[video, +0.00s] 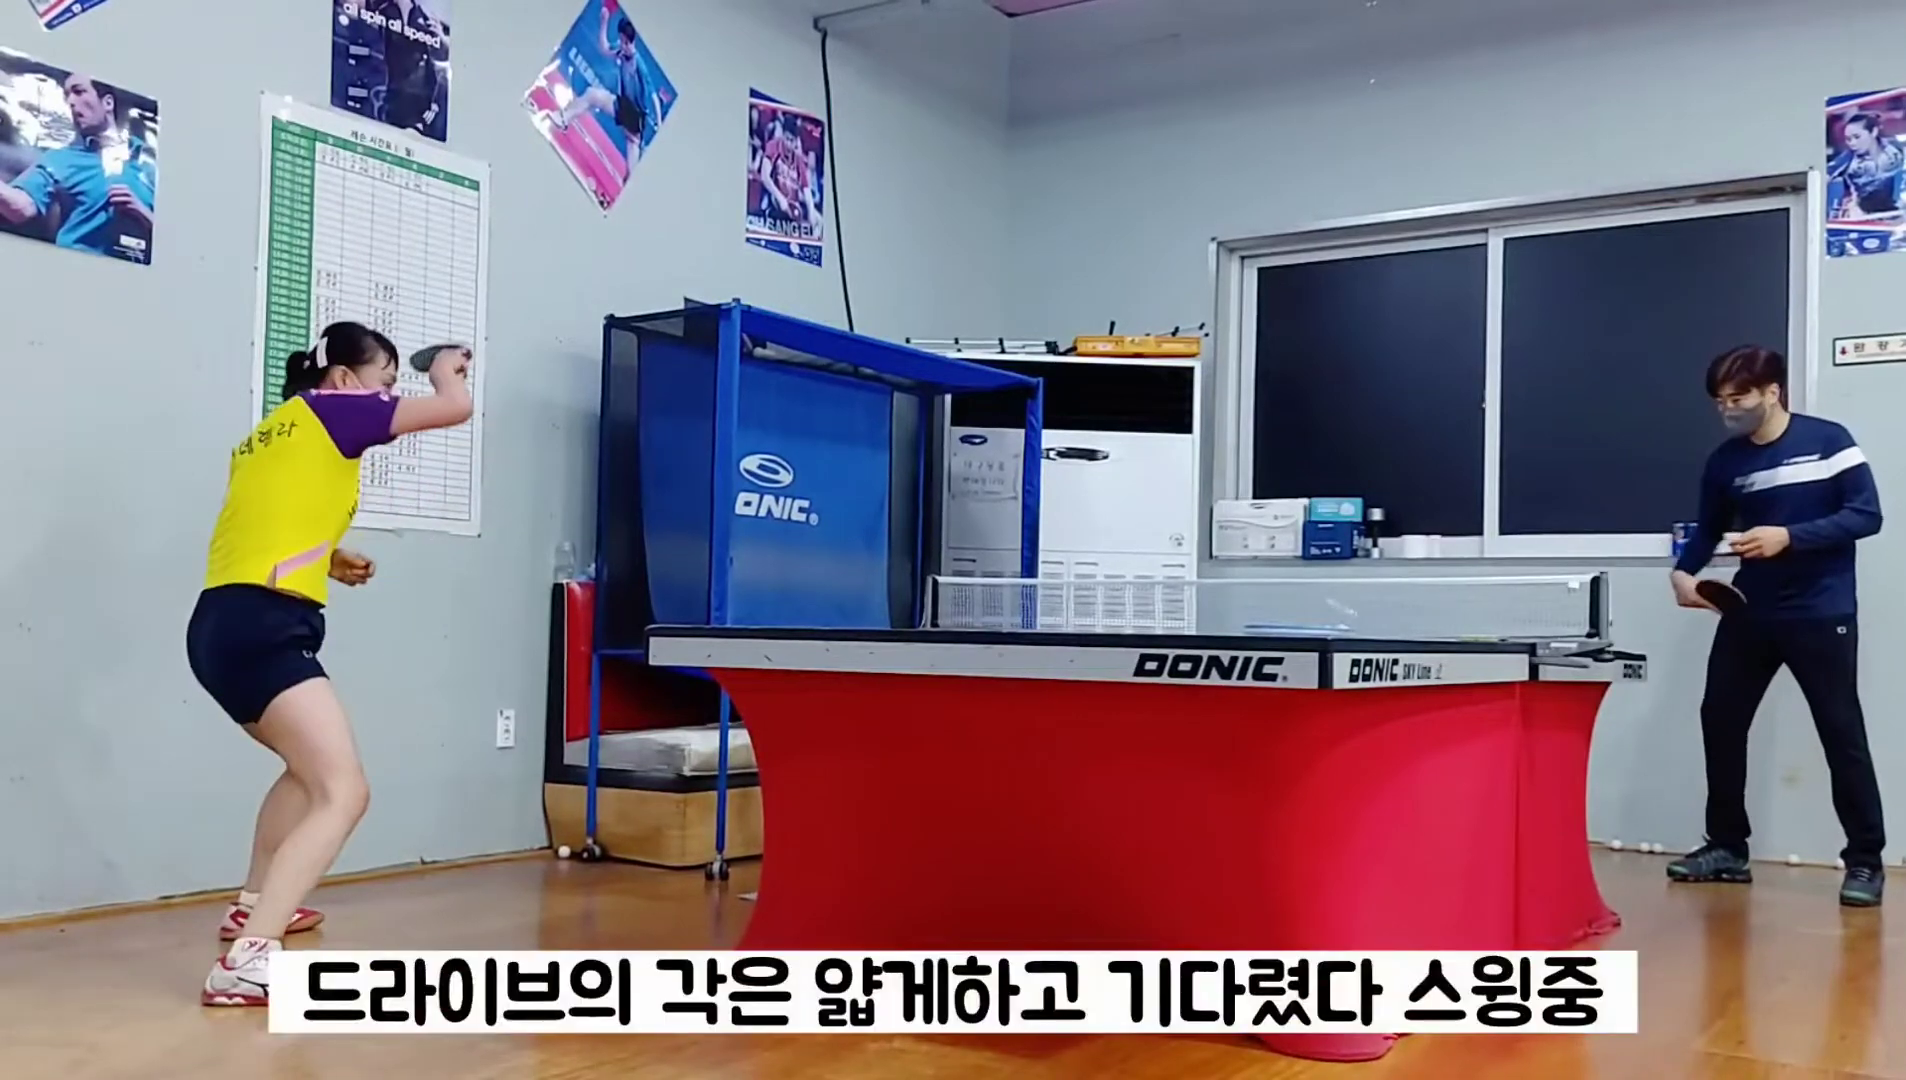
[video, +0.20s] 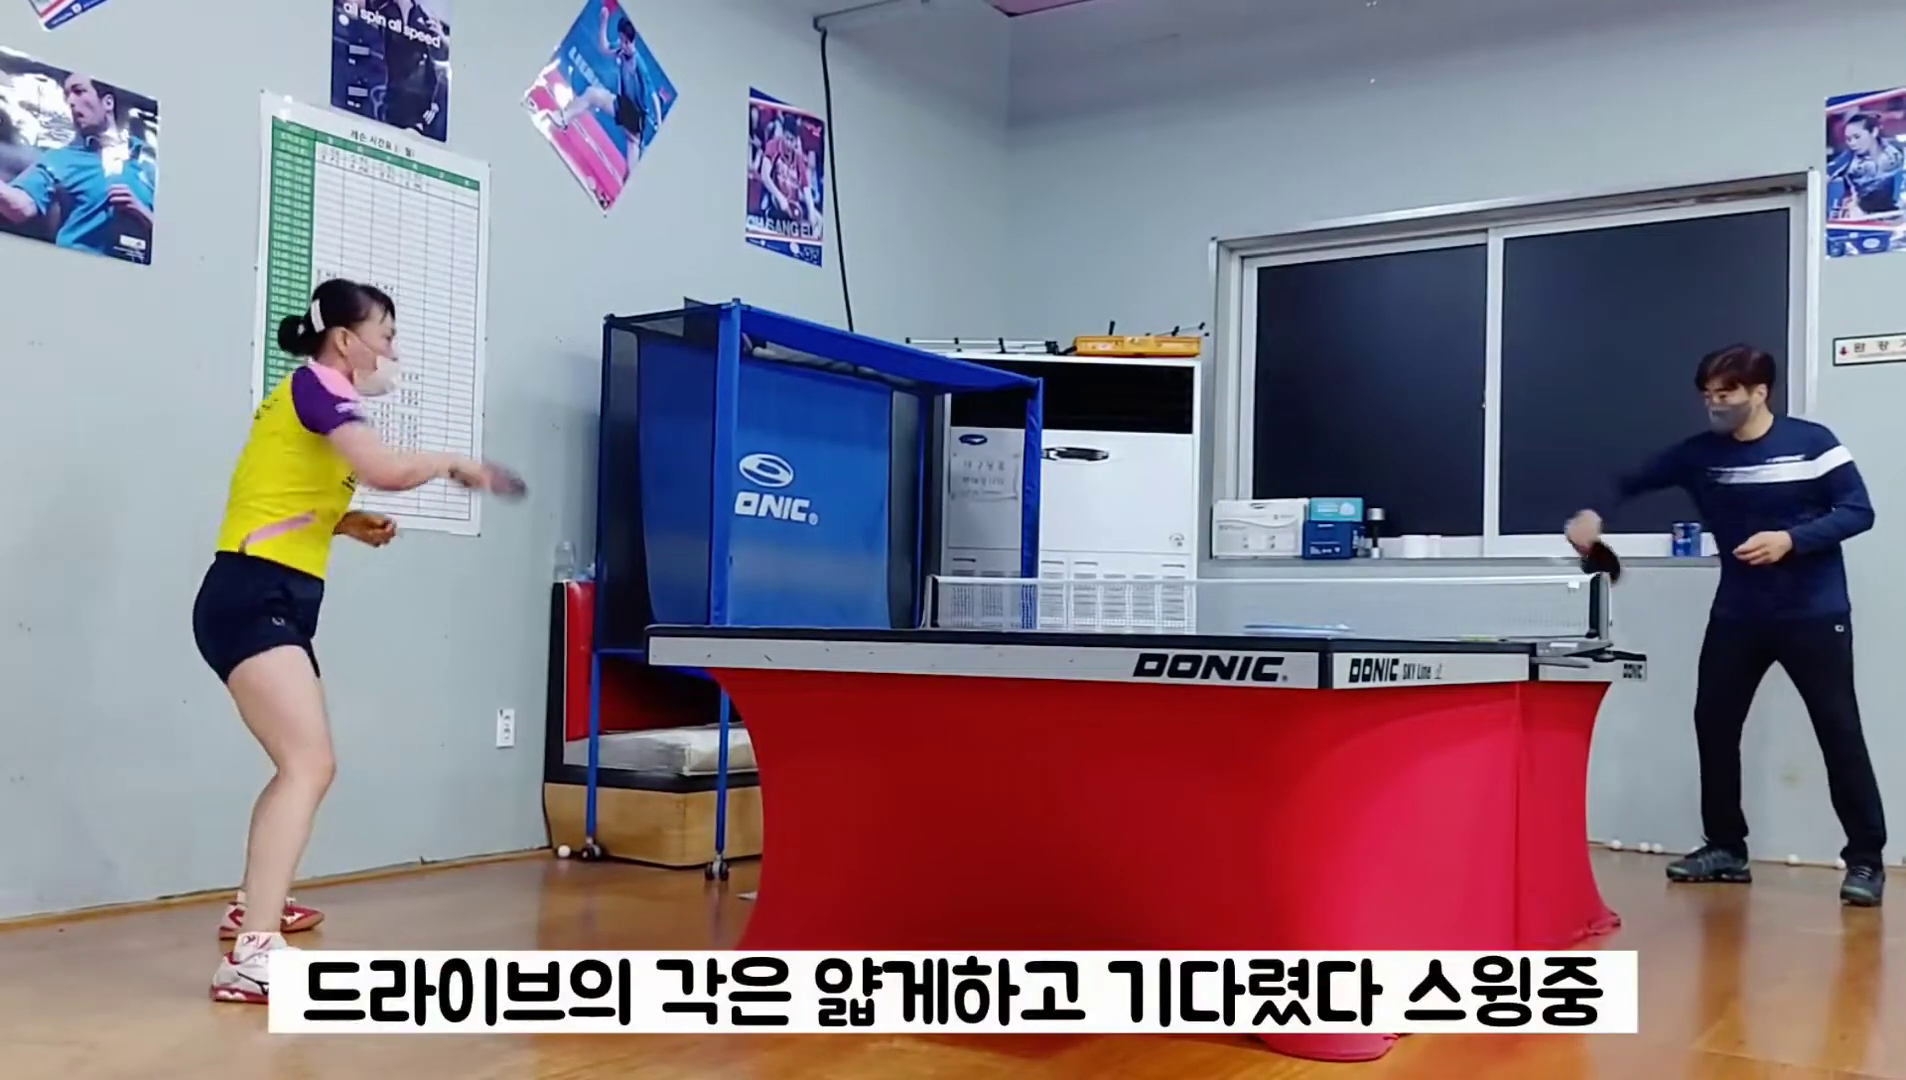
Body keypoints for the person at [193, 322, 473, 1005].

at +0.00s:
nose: (388, 395)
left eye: (389, 385)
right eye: (383, 382)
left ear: (324, 376)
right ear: (344, 374)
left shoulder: (267, 432)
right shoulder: (336, 410)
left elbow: (262, 517)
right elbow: (456, 408)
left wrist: (328, 555)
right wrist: (448, 370)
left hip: (216, 626)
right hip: (262, 624)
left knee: (310, 774)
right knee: (344, 794)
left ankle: (255, 902)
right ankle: (248, 958)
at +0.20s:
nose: (393, 350)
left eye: (392, 338)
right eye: (384, 337)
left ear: (341, 342)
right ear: (344, 338)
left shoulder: (311, 398)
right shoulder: (315, 386)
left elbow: (280, 496)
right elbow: (385, 468)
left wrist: (347, 522)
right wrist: (454, 463)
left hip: (271, 600)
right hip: (252, 599)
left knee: (305, 764)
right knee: (308, 765)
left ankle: (255, 904)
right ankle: (253, 951)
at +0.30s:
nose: (394, 348)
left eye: (393, 336)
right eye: (384, 336)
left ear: (352, 347)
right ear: (343, 345)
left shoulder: (354, 427)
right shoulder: (300, 399)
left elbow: (330, 521)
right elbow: (272, 510)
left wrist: (391, 560)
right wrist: (362, 540)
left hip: (302, 612)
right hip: (244, 606)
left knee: (328, 772)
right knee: (300, 760)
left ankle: (250, 905)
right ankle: (254, 954)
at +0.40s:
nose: (396, 375)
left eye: (394, 361)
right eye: (385, 362)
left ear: (349, 374)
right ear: (339, 374)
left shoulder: (387, 456)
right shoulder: (268, 442)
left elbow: (379, 537)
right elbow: (197, 540)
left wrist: (381, 557)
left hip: (319, 638)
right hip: (242, 624)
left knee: (343, 796)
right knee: (309, 760)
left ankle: (251, 899)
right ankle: (256, 954)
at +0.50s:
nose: (387, 412)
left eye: (388, 399)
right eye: (374, 399)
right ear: (326, 409)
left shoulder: (396, 484)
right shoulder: (254, 475)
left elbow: (401, 571)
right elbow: (165, 554)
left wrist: (371, 585)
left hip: (331, 661)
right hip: (246, 645)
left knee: (350, 820)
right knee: (313, 760)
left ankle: (251, 901)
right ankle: (260, 952)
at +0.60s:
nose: (382, 419)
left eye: (385, 405)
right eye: (368, 405)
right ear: (319, 413)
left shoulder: (397, 485)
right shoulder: (250, 478)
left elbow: (405, 580)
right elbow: (163, 544)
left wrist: (354, 589)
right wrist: (60, 559)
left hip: (334, 664)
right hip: (251, 648)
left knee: (349, 823)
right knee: (314, 760)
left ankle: (256, 898)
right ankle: (259, 955)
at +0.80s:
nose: (415, 357)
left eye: (420, 347)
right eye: (408, 341)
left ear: (384, 346)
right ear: (361, 333)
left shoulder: (372, 419)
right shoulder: (316, 381)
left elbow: (330, 528)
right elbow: (289, 446)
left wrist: (374, 516)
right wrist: (383, 418)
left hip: (301, 602)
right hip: (263, 593)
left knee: (337, 755)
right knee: (344, 755)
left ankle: (285, 885)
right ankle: (251, 938)